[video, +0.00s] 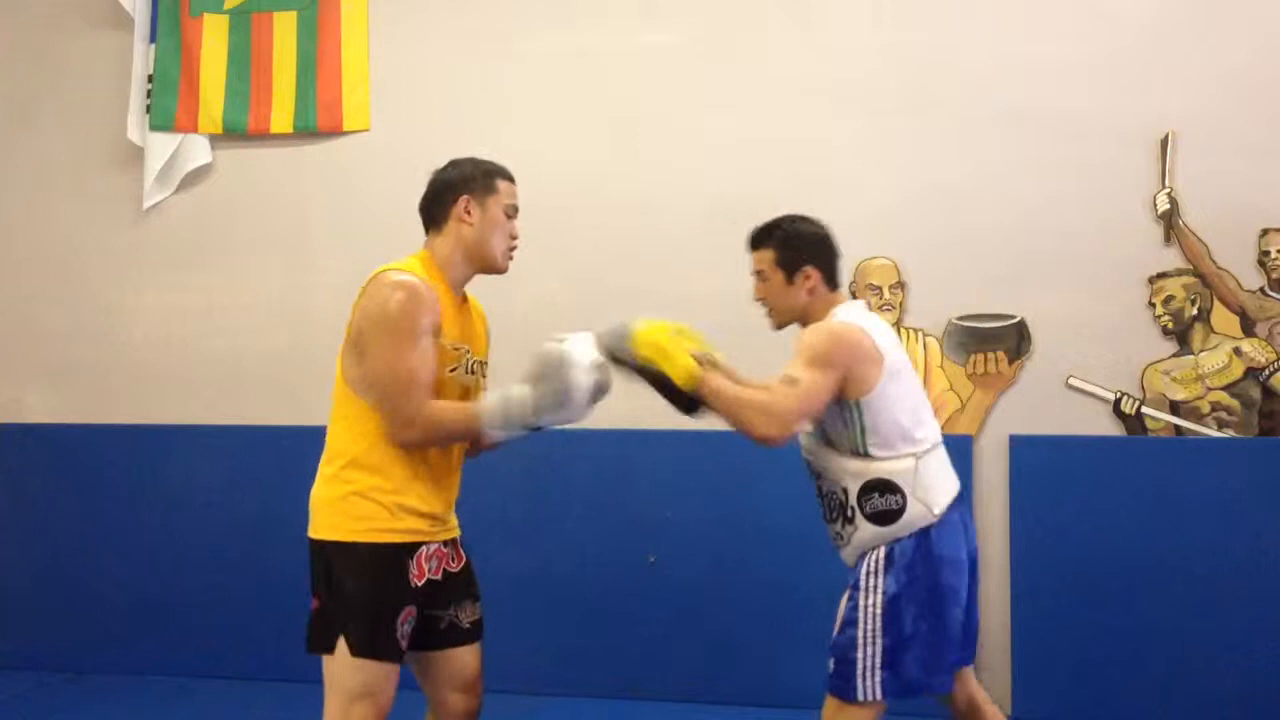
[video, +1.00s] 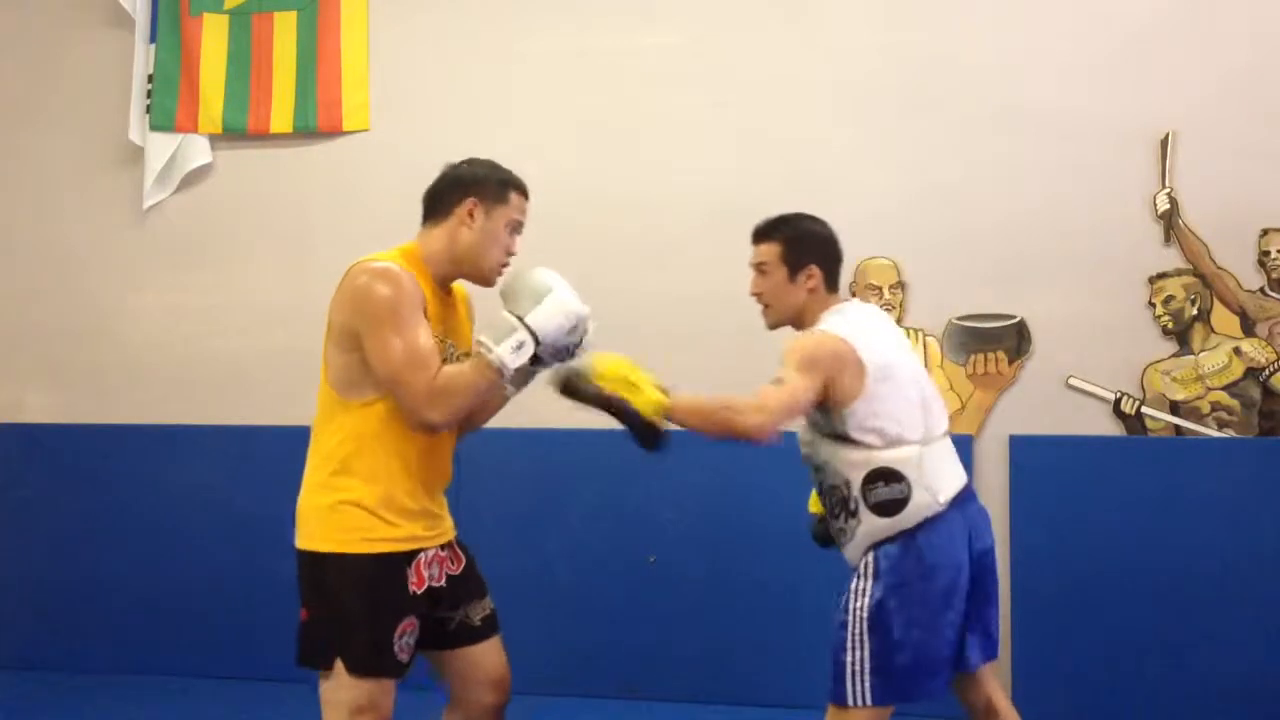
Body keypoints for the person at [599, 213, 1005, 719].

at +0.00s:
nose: (755, 291)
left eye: (763, 277)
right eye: (755, 277)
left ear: (808, 280)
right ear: (810, 281)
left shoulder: (835, 337)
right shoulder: (854, 326)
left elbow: (773, 424)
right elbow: (781, 404)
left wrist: (696, 377)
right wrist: (714, 372)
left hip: (903, 543)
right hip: (934, 531)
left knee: (850, 702)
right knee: (956, 687)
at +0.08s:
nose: (774, 287)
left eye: (783, 272)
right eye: (775, 272)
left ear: (827, 275)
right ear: (831, 276)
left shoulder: (849, 334)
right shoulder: (877, 322)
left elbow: (830, 433)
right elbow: (846, 413)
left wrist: (747, 412)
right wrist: (775, 396)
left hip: (909, 540)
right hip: (948, 529)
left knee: (861, 706)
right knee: (963, 686)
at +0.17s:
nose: (796, 289)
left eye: (805, 274)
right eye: (797, 274)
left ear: (849, 278)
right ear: (852, 279)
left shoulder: (869, 343)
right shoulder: (899, 330)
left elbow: (877, 445)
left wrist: (787, 455)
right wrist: (802, 444)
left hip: (921, 542)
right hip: (958, 531)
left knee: (859, 707)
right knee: (968, 692)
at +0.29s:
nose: (824, 302)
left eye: (835, 287)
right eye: (825, 287)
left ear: (879, 291)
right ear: (877, 294)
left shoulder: (902, 355)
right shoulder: (919, 347)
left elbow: (923, 459)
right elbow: (917, 458)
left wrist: (834, 477)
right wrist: (847, 473)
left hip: (941, 556)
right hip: (974, 551)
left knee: (853, 707)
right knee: (971, 701)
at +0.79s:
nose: (783, 287)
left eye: (794, 272)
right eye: (786, 272)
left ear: (840, 279)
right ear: (843, 280)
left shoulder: (853, 347)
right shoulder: (903, 337)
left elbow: (878, 433)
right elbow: (929, 448)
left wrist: (806, 493)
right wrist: (832, 507)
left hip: (905, 551)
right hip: (961, 537)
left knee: (845, 708)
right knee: (970, 692)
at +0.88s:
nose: (768, 288)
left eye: (780, 272)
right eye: (770, 272)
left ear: (826, 280)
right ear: (826, 282)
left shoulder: (840, 348)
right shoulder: (888, 330)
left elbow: (833, 436)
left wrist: (742, 456)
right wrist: (847, 491)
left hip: (905, 548)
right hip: (960, 533)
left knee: (847, 709)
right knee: (970, 688)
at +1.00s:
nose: (752, 287)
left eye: (763, 272)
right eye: (753, 272)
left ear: (810, 280)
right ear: (813, 281)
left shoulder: (820, 345)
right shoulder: (872, 321)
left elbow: (757, 420)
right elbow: (914, 420)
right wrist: (845, 490)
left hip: (905, 548)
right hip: (960, 527)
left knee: (856, 707)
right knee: (981, 688)